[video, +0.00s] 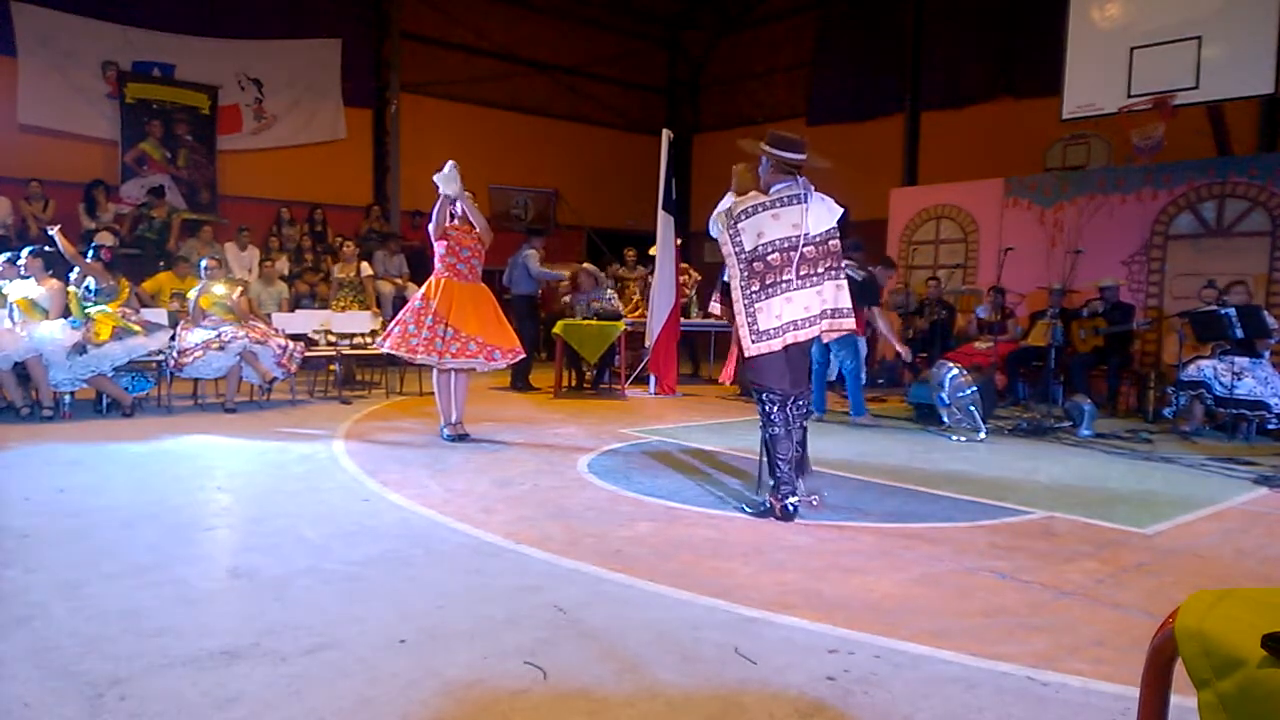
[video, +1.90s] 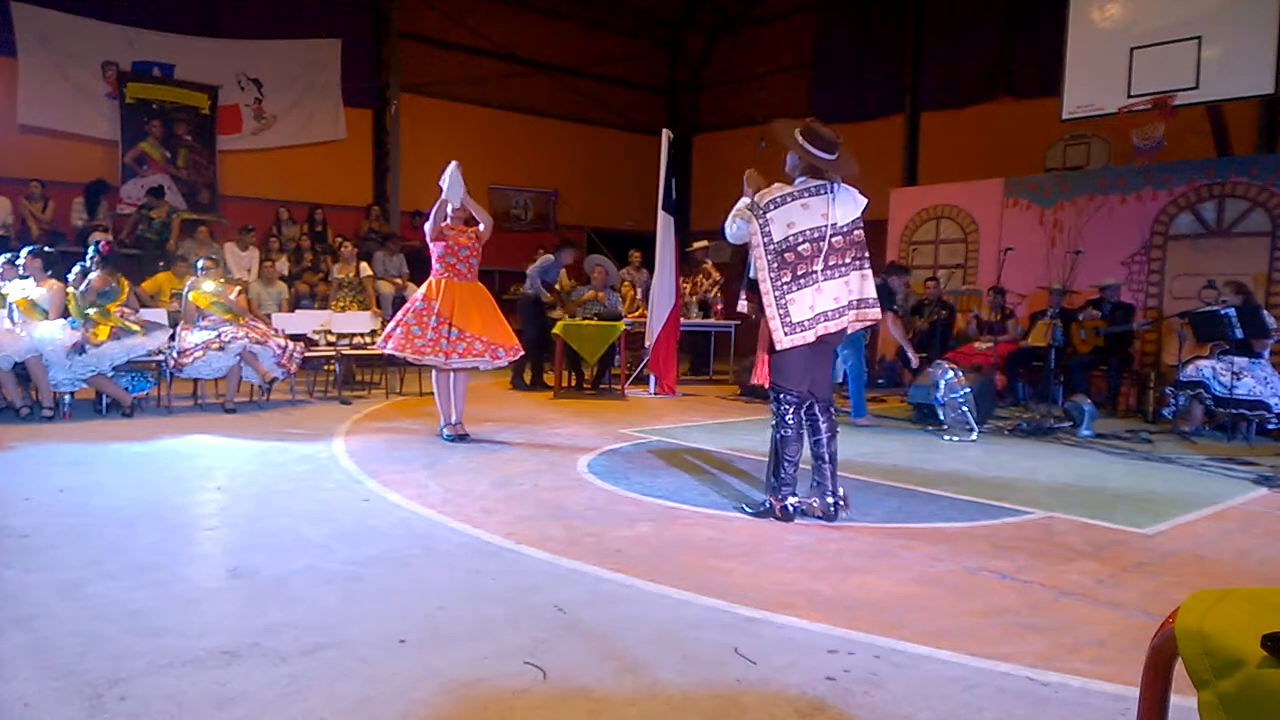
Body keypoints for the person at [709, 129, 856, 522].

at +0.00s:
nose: (759, 168)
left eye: (762, 163)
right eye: (764, 163)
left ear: (769, 167)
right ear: (800, 168)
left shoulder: (750, 210)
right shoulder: (823, 207)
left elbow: (717, 224)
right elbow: (833, 269)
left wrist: (732, 193)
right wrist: (829, 319)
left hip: (764, 320)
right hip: (805, 315)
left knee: (774, 404)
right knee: (798, 399)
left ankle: (784, 494)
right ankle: (794, 483)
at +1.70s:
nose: (775, 155)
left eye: (780, 152)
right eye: (780, 150)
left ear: (789, 159)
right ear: (817, 162)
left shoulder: (764, 202)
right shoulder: (836, 199)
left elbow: (726, 233)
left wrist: (745, 195)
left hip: (783, 316)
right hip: (826, 312)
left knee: (782, 399)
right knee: (810, 397)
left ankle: (781, 495)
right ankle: (826, 491)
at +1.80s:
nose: (781, 154)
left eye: (787, 151)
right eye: (786, 150)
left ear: (795, 160)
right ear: (822, 162)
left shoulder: (766, 203)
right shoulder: (840, 199)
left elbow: (728, 233)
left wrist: (746, 197)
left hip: (783, 318)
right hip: (828, 315)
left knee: (785, 404)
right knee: (817, 404)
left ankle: (782, 495)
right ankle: (828, 495)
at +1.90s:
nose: (787, 154)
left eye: (792, 150)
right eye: (791, 149)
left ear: (799, 159)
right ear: (827, 162)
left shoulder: (773, 201)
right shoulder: (843, 198)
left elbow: (733, 231)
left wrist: (750, 194)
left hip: (788, 317)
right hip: (831, 314)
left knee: (787, 404)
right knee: (820, 403)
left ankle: (781, 496)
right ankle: (828, 495)